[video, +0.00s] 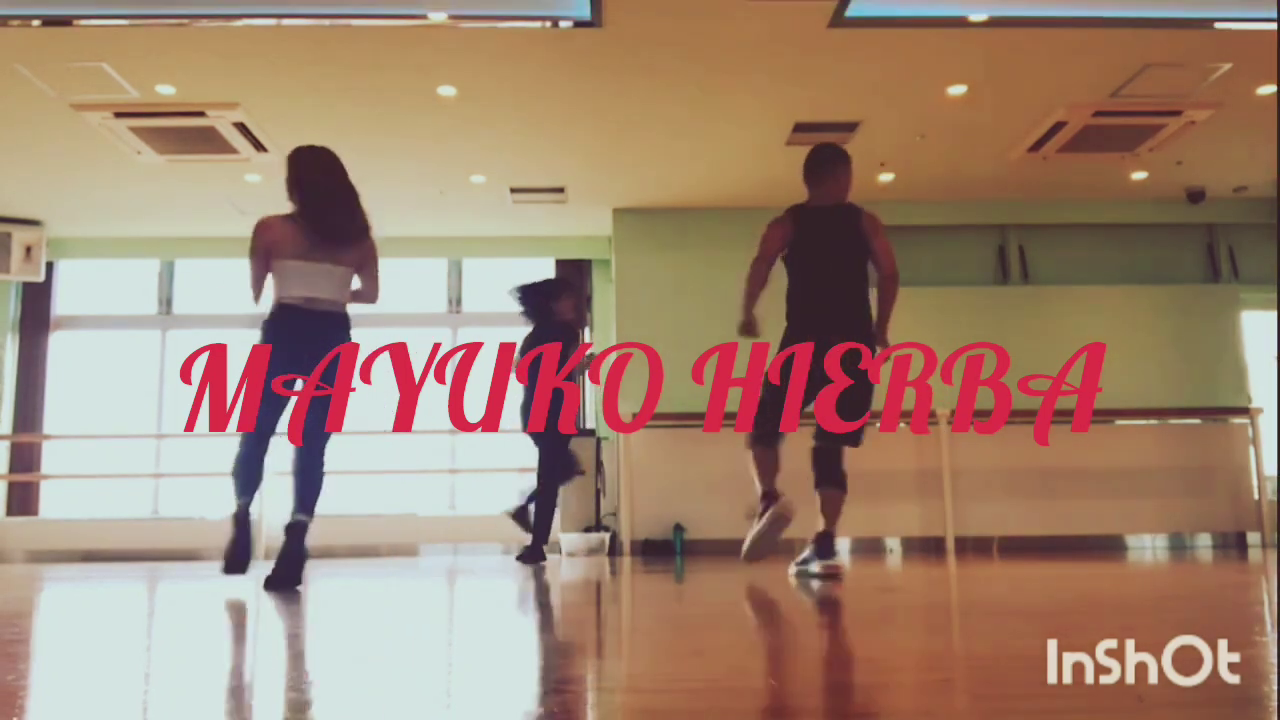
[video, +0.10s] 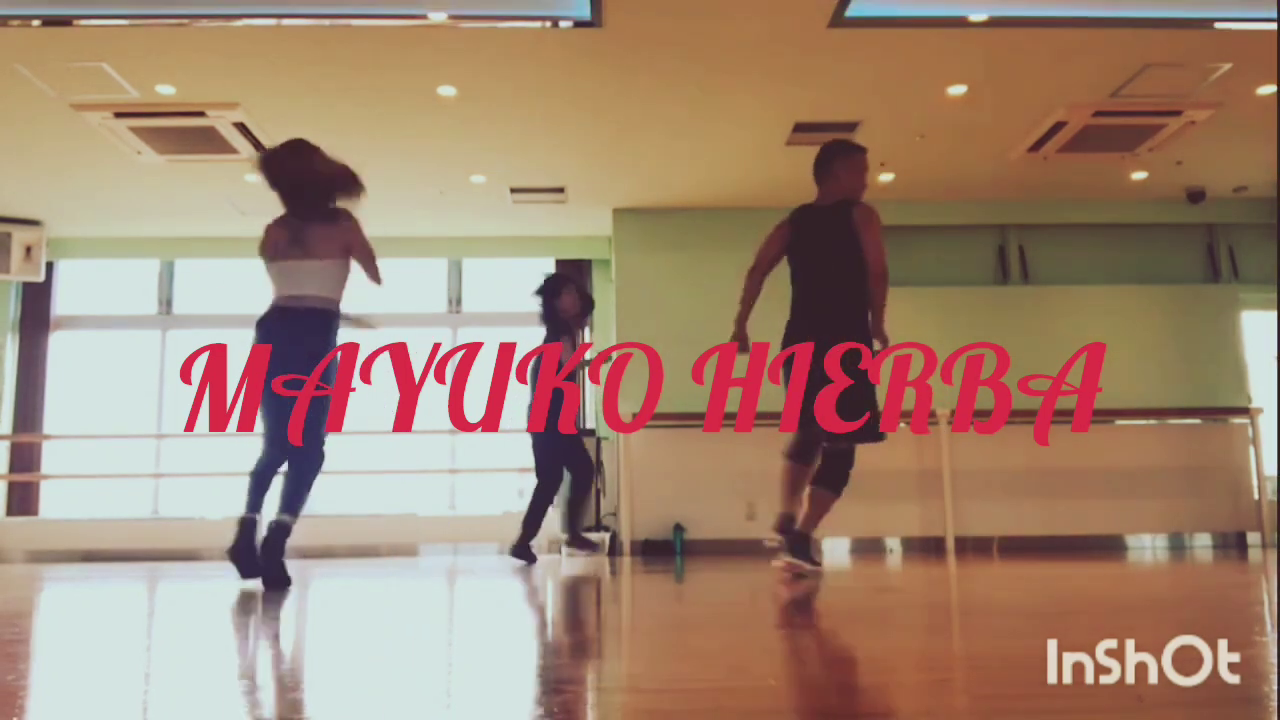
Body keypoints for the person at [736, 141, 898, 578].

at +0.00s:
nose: (849, 183)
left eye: (845, 174)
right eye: (848, 175)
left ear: (806, 178)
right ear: (845, 177)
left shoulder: (790, 221)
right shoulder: (866, 221)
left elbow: (762, 263)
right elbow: (889, 274)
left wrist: (747, 312)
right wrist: (882, 327)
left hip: (803, 344)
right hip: (852, 347)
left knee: (763, 428)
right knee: (830, 445)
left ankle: (769, 499)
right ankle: (826, 544)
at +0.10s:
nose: (866, 178)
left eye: (865, 170)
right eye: (860, 170)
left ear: (822, 175)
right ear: (838, 172)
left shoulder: (795, 220)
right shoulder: (862, 215)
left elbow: (757, 271)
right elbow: (877, 269)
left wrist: (741, 325)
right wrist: (878, 321)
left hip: (800, 344)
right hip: (846, 346)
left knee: (807, 433)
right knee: (840, 448)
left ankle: (786, 520)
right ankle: (804, 533)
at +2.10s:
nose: (859, 176)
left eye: (866, 168)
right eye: (850, 167)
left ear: (875, 177)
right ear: (835, 175)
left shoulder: (891, 222)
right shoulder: (817, 224)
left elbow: (937, 180)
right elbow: (766, 181)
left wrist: (887, 170)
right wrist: (813, 171)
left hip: (888, 354)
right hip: (834, 356)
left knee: (924, 447)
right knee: (804, 451)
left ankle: (958, 545)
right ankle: (770, 545)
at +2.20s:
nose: (860, 177)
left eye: (867, 169)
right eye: (850, 168)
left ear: (876, 177)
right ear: (835, 176)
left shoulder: (892, 224)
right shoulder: (816, 227)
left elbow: (940, 190)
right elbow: (767, 189)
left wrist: (886, 179)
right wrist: (815, 181)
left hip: (889, 354)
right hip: (835, 355)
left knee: (926, 447)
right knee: (805, 451)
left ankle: (959, 545)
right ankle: (770, 546)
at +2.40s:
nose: (860, 178)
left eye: (867, 170)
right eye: (851, 170)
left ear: (877, 177)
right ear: (834, 177)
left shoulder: (889, 228)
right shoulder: (817, 234)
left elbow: (932, 225)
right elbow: (774, 209)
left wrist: (906, 191)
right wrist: (810, 192)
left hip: (892, 355)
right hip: (838, 356)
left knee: (931, 447)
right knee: (805, 451)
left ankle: (959, 545)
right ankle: (771, 546)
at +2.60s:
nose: (862, 185)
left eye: (869, 177)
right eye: (853, 177)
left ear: (878, 183)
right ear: (837, 181)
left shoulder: (890, 238)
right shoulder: (813, 232)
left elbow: (907, 298)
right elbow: (786, 274)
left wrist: (908, 245)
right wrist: (810, 229)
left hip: (897, 358)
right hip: (844, 360)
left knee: (937, 448)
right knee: (813, 453)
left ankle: (959, 546)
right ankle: (772, 546)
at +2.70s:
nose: (864, 195)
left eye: (870, 186)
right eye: (855, 186)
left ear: (876, 191)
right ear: (836, 188)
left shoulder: (874, 250)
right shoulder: (809, 240)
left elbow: (894, 310)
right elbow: (777, 290)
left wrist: (904, 284)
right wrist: (817, 262)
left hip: (898, 365)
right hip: (845, 368)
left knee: (940, 449)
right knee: (814, 456)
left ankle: (960, 547)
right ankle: (772, 547)